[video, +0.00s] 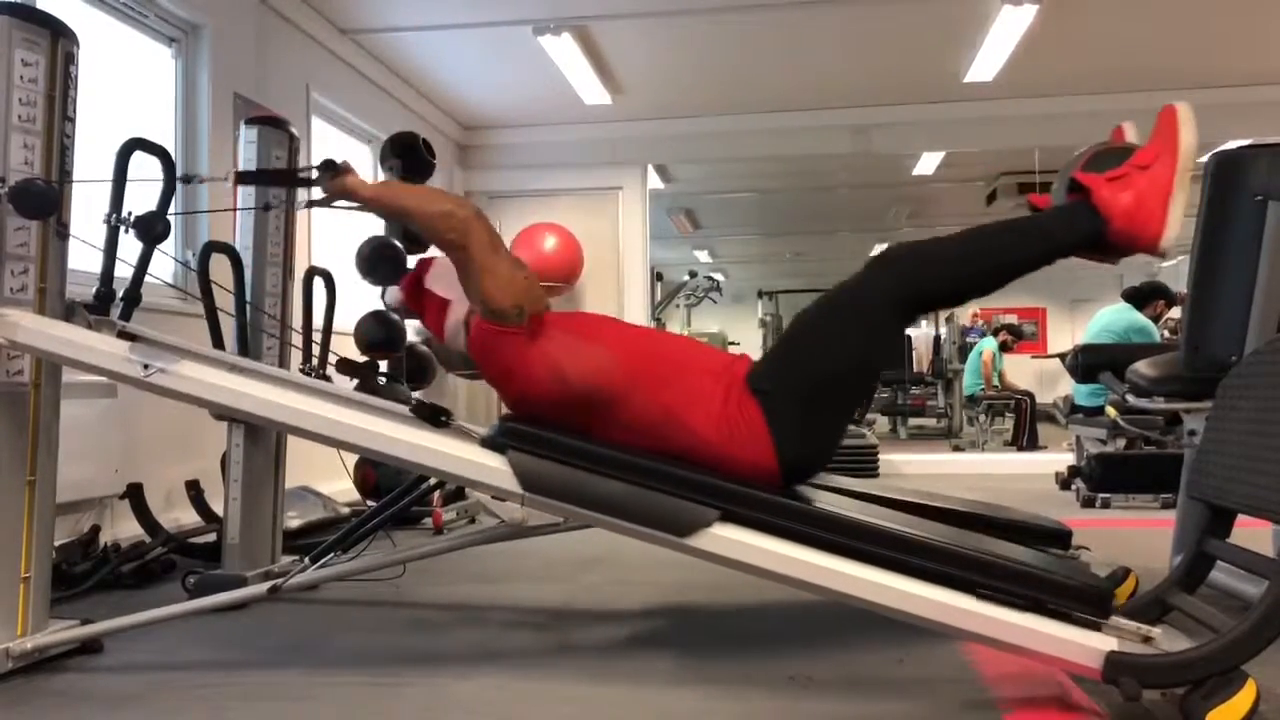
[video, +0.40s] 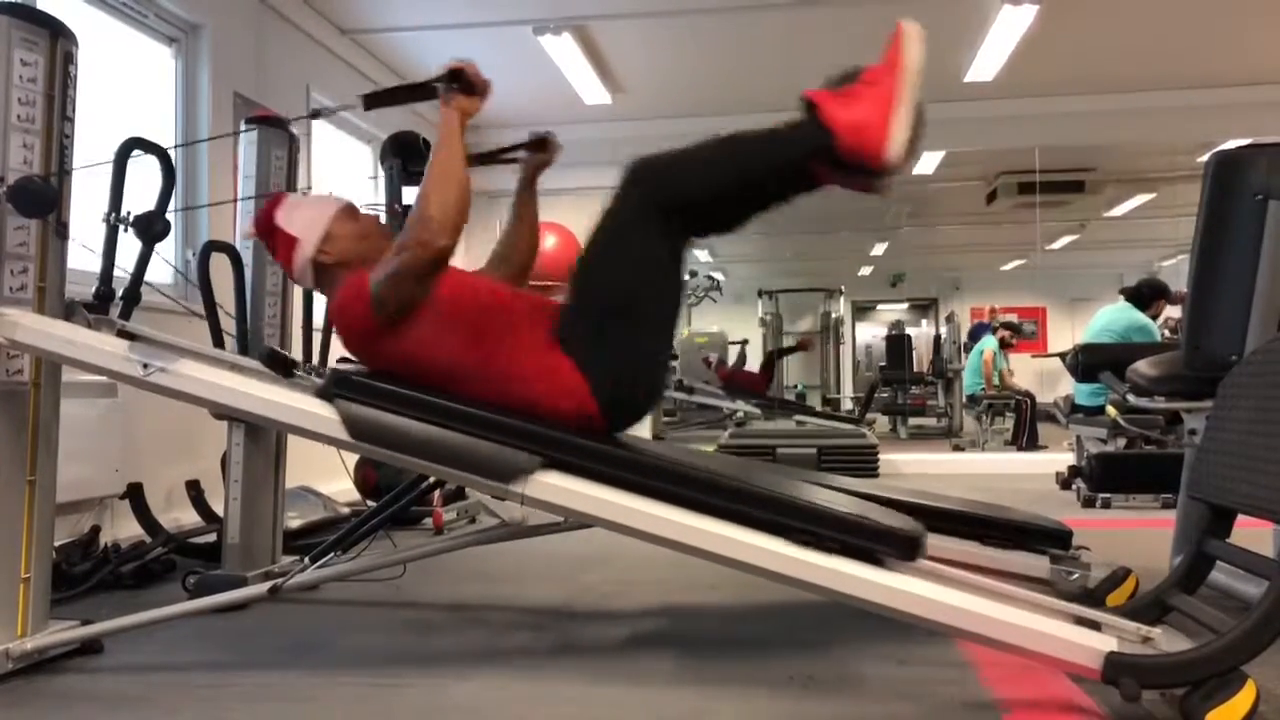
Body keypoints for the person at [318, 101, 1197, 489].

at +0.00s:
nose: (517, 255)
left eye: (497, 254)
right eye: (497, 258)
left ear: (456, 317)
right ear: (476, 302)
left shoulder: (522, 345)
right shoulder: (513, 342)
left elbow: (551, 247)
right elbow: (457, 218)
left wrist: (431, 241)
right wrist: (366, 191)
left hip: (757, 411)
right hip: (766, 434)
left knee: (891, 272)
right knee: (893, 279)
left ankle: (1090, 208)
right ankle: (1107, 214)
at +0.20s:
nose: (412, 248)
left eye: (401, 242)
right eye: (396, 250)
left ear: (412, 265)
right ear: (391, 289)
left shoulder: (473, 319)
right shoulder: (444, 331)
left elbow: (518, 247)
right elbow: (477, 227)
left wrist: (451, 163)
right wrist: (426, 149)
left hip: (686, 382)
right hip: (687, 406)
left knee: (792, 238)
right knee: (790, 239)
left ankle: (991, 180)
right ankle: (1000, 187)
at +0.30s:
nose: (387, 222)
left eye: (376, 218)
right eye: (368, 229)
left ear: (385, 240)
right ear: (359, 269)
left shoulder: (442, 305)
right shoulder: (396, 325)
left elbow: (530, 274)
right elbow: (456, 238)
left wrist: (499, 184)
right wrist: (434, 128)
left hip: (635, 366)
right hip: (637, 392)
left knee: (725, 221)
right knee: (721, 213)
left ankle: (915, 166)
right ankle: (924, 160)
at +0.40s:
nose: (360, 216)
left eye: (351, 208)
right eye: (343, 216)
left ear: (330, 244)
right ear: (319, 249)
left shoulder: (397, 298)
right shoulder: (357, 306)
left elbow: (507, 276)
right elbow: (431, 240)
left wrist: (526, 184)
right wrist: (452, 118)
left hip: (593, 357)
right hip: (596, 375)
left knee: (651, 192)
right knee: (650, 189)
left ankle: (835, 146)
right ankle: (837, 136)